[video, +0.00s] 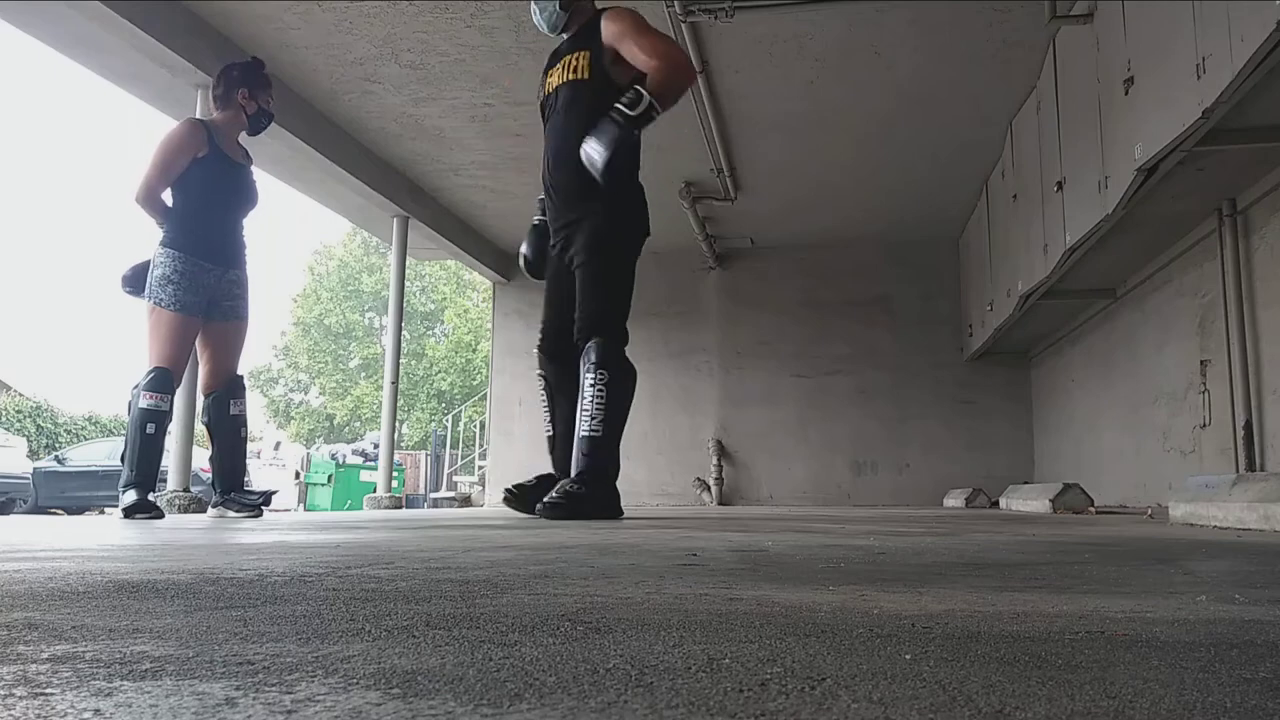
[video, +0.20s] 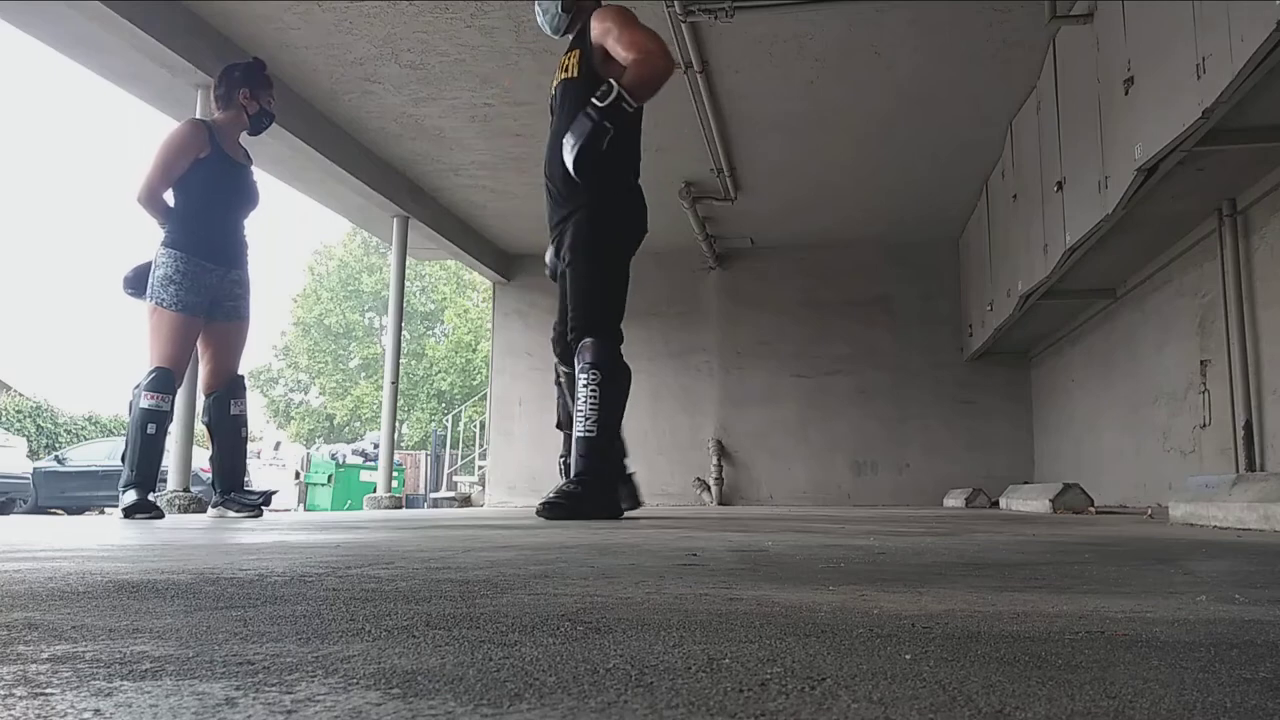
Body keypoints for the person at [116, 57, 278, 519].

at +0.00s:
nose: (270, 110)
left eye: (271, 103)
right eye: (267, 100)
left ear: (239, 99)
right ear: (243, 96)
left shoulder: (242, 153)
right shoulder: (193, 130)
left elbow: (226, 215)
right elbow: (146, 194)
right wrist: (177, 227)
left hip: (231, 271)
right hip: (183, 262)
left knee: (222, 382)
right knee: (163, 375)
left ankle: (228, 488)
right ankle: (137, 489)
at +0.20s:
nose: (271, 109)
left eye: (272, 102)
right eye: (267, 99)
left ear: (240, 99)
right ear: (244, 96)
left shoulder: (242, 154)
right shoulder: (194, 131)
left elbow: (228, 215)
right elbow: (147, 194)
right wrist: (178, 228)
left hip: (233, 271)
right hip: (185, 262)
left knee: (223, 382)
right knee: (164, 376)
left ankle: (228, 489)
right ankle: (138, 489)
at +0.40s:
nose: (271, 112)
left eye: (272, 105)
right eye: (268, 102)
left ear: (242, 100)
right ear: (245, 97)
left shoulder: (243, 155)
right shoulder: (196, 132)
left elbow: (229, 215)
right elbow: (149, 195)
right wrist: (178, 227)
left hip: (234, 271)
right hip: (186, 261)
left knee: (224, 381)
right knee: (165, 374)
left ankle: (228, 488)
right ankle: (138, 489)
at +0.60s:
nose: (273, 111)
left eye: (274, 104)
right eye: (269, 101)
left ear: (243, 100)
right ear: (246, 96)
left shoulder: (243, 155)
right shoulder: (196, 132)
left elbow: (228, 216)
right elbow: (149, 195)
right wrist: (179, 228)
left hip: (234, 271)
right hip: (186, 262)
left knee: (224, 381)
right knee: (165, 375)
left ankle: (228, 488)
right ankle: (138, 489)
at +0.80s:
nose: (272, 109)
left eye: (274, 102)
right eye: (267, 99)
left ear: (248, 99)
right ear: (239, 94)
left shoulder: (245, 156)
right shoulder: (196, 132)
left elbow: (229, 217)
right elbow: (149, 195)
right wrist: (180, 229)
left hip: (234, 272)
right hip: (186, 262)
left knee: (224, 382)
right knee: (165, 375)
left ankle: (228, 488)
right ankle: (138, 489)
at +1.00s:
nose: (248, 99)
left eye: (258, 94)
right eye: (240, 90)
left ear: (266, 103)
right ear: (220, 94)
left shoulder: (250, 159)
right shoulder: (198, 133)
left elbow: (234, 217)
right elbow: (151, 194)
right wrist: (180, 229)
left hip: (235, 273)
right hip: (186, 263)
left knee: (225, 382)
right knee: (164, 375)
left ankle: (228, 488)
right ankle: (138, 489)